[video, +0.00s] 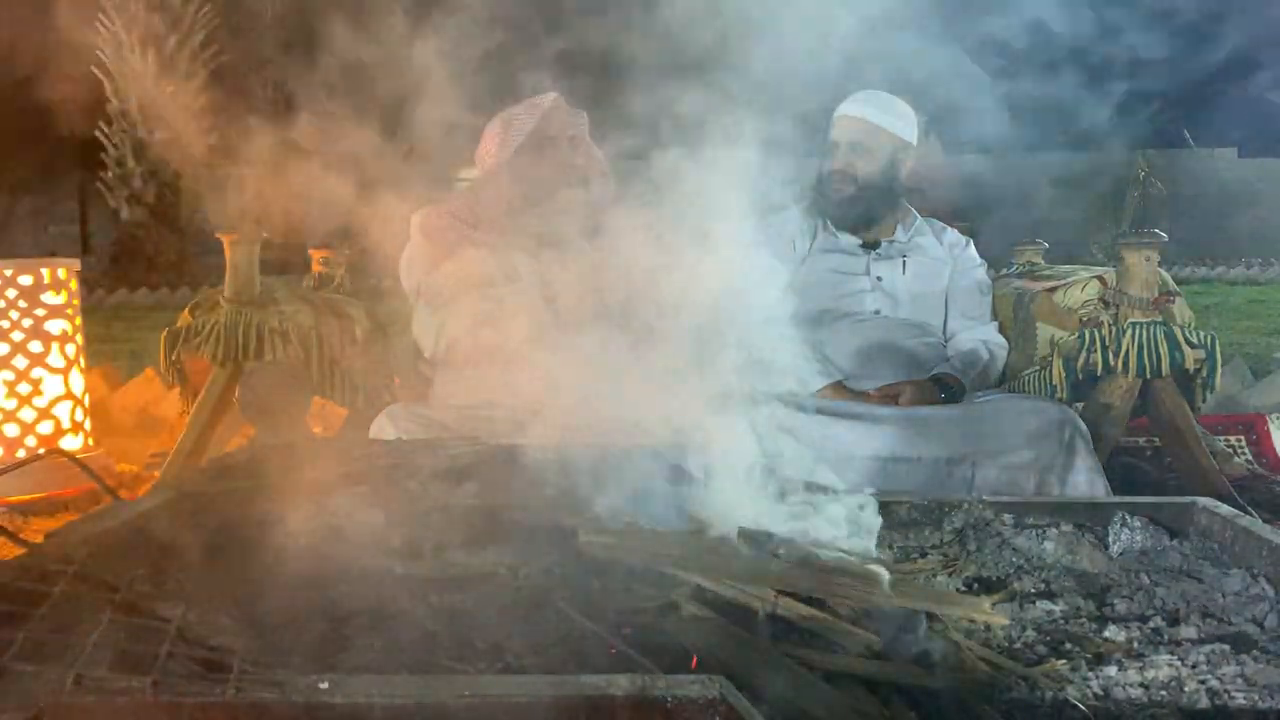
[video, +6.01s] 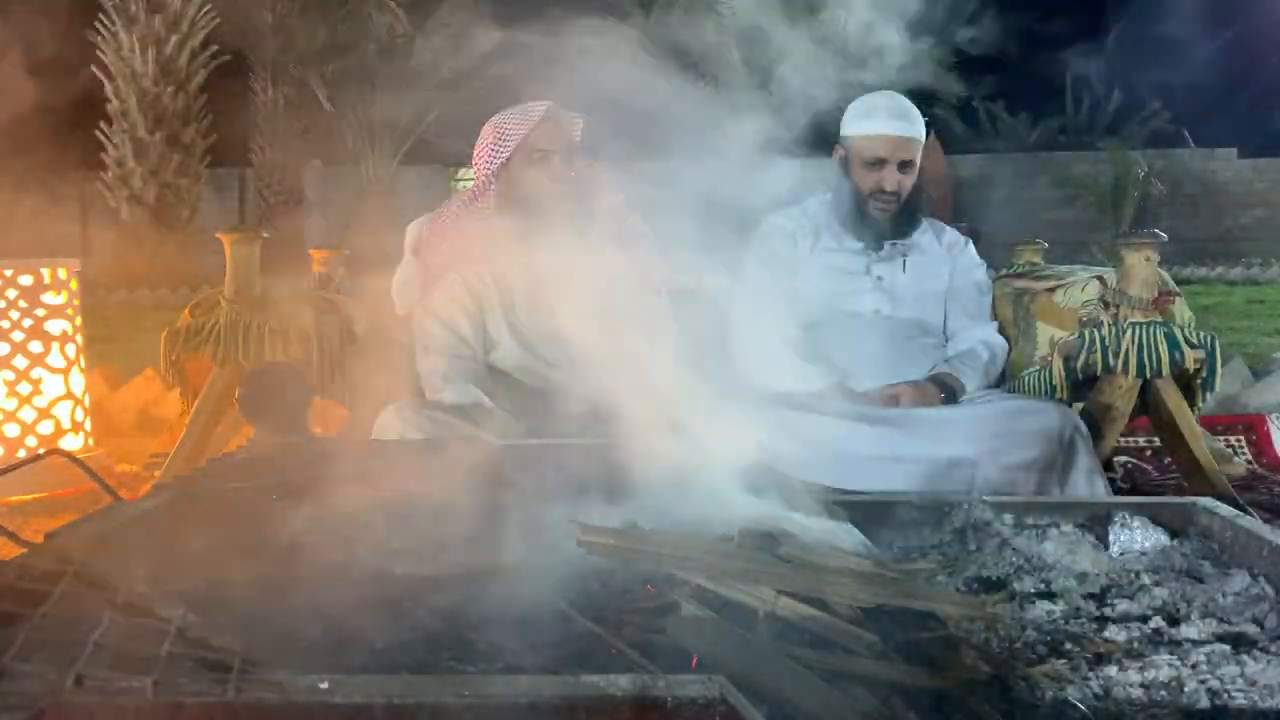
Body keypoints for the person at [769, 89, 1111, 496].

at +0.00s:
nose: (838, 166)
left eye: (859, 151)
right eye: (832, 149)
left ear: (903, 164)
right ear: (823, 152)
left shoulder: (953, 250)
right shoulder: (783, 237)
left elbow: (981, 343)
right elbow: (762, 331)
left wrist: (938, 387)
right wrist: (833, 395)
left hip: (940, 418)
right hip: (828, 418)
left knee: (1054, 426)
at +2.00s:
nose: (842, 167)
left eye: (864, 154)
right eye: (836, 151)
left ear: (905, 166)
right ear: (826, 155)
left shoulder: (953, 249)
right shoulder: (786, 231)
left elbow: (981, 342)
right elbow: (753, 330)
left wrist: (940, 387)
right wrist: (834, 396)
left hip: (939, 420)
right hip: (823, 416)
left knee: (1058, 429)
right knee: (741, 425)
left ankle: (1086, 590)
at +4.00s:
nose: (899, 173)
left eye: (911, 159)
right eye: (883, 156)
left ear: (923, 165)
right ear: (842, 156)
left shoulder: (953, 250)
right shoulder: (787, 234)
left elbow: (981, 340)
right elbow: (753, 332)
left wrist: (940, 388)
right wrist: (829, 394)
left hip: (930, 423)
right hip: (821, 420)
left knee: (1051, 424)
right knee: (740, 430)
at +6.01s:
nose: (890, 184)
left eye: (905, 167)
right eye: (874, 165)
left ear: (920, 169)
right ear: (840, 159)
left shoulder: (952, 250)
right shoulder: (787, 235)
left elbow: (982, 344)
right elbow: (758, 348)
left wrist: (938, 389)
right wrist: (831, 397)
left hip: (934, 417)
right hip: (827, 412)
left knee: (1055, 426)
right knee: (745, 434)